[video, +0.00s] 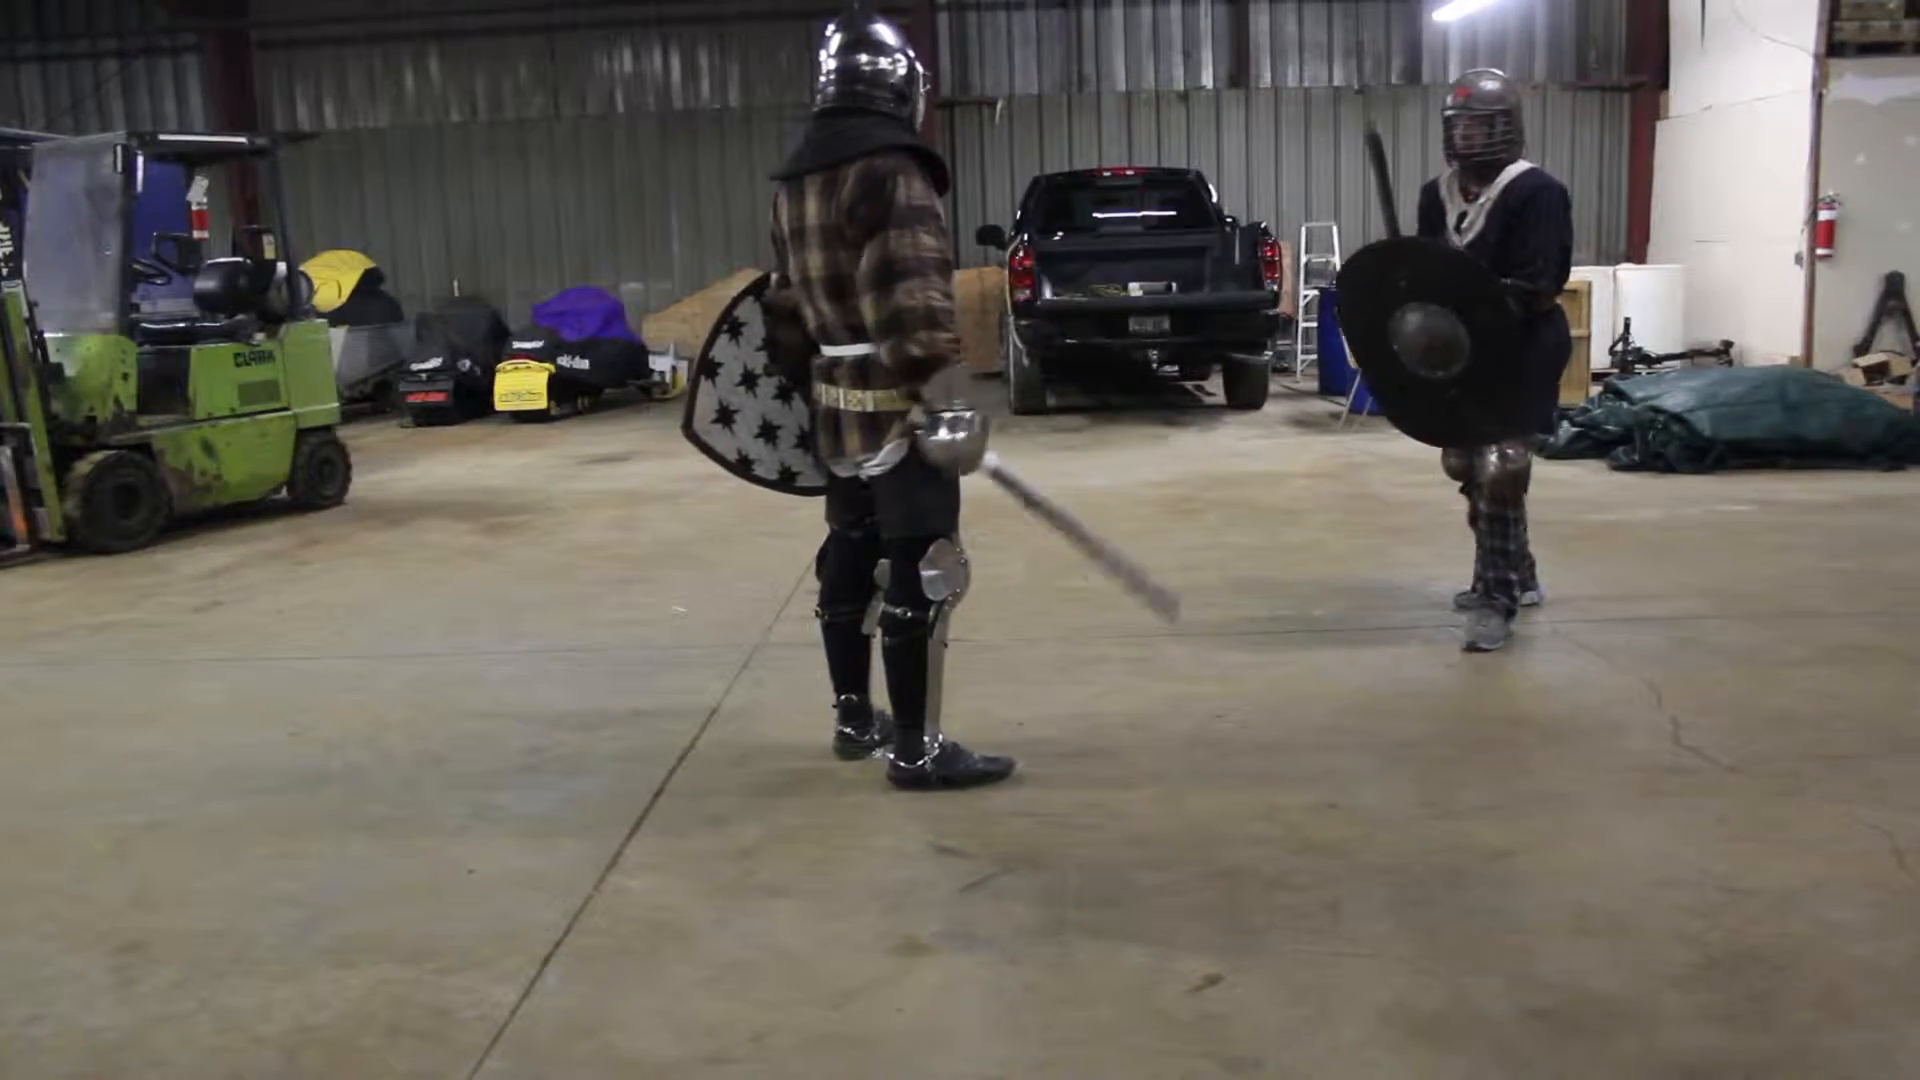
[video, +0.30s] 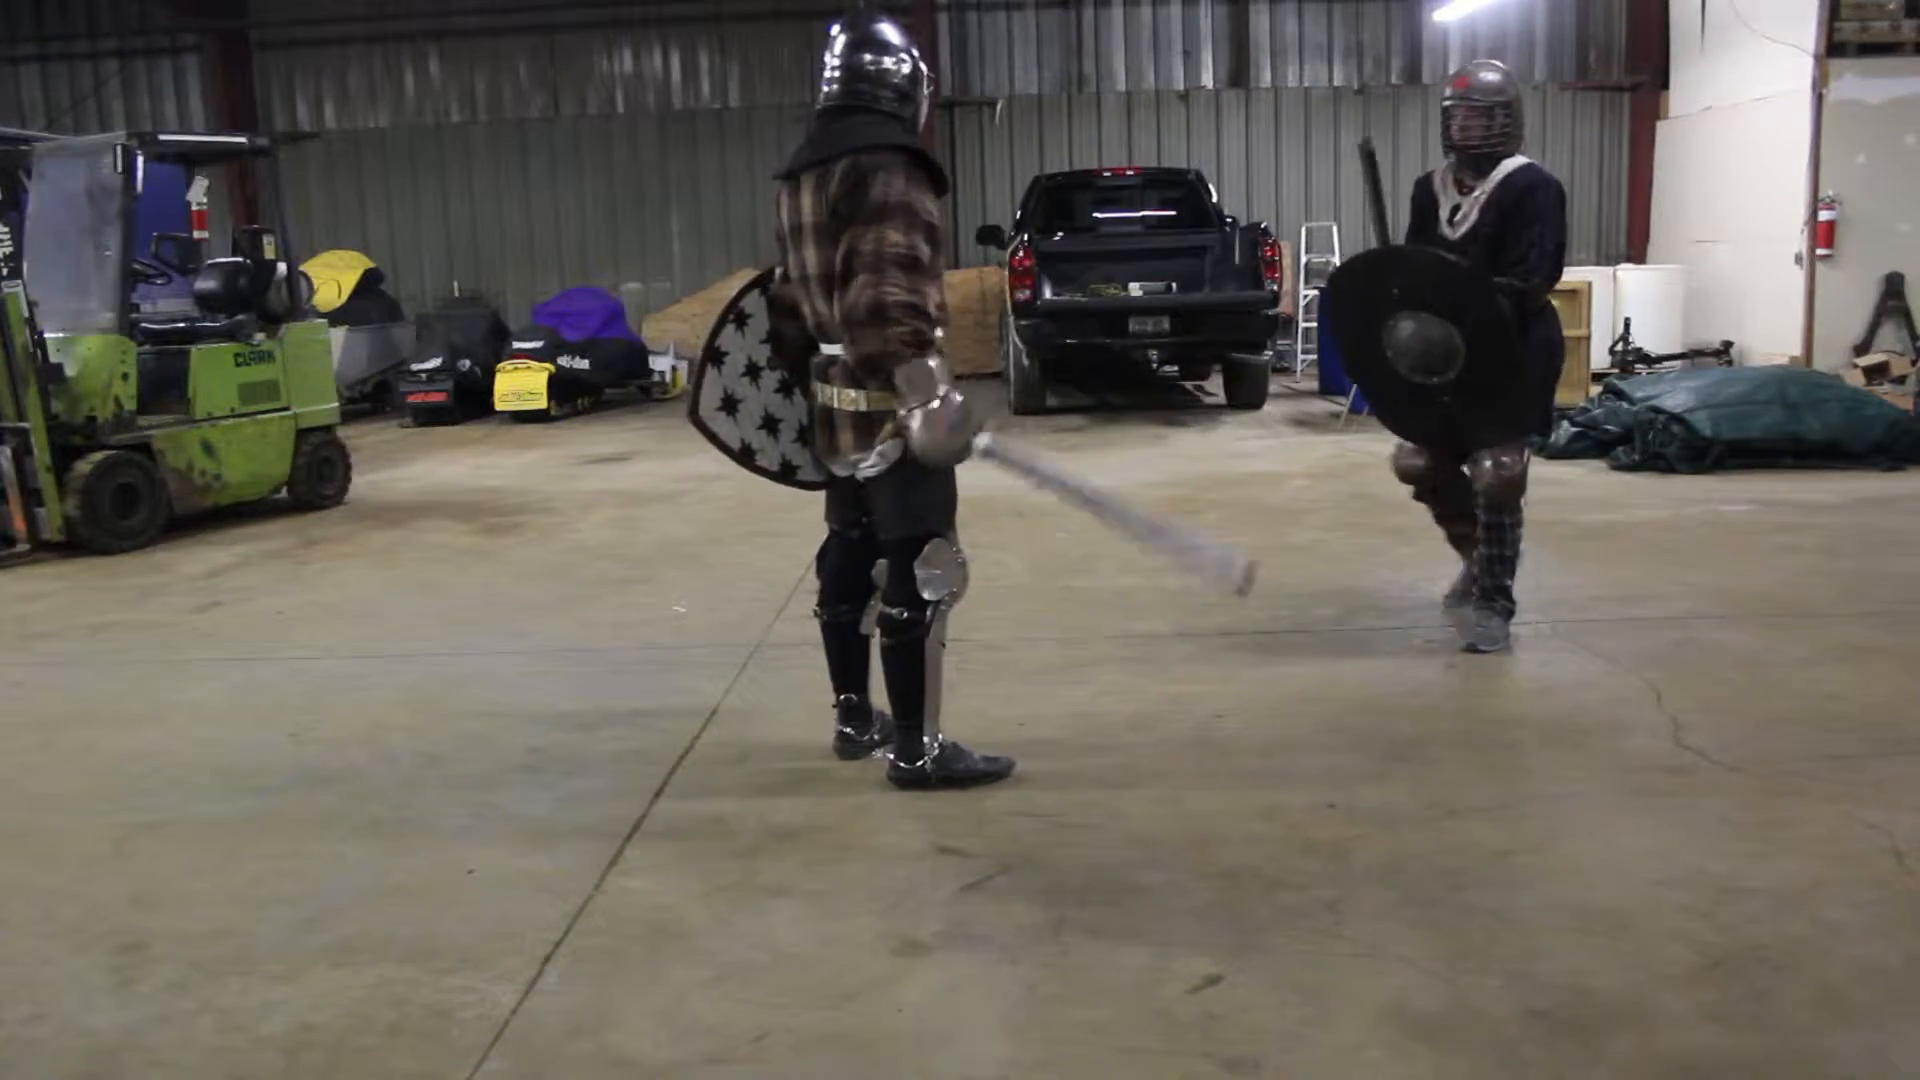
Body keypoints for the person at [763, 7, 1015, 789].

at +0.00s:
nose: (924, 107)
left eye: (920, 92)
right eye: (919, 93)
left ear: (833, 86)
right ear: (901, 90)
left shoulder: (795, 175)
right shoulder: (896, 170)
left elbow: (784, 303)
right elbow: (918, 301)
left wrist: (819, 381)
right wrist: (945, 402)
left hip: (837, 410)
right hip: (898, 413)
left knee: (851, 550)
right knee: (920, 566)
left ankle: (854, 717)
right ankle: (918, 743)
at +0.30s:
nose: (927, 108)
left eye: (924, 93)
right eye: (923, 94)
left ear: (838, 83)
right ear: (905, 90)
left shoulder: (801, 166)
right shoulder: (891, 163)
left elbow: (786, 294)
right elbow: (888, 288)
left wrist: (814, 373)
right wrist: (925, 393)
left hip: (835, 404)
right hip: (894, 403)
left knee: (851, 549)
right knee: (920, 566)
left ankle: (854, 716)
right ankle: (918, 743)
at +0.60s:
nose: (922, 105)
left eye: (920, 90)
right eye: (917, 89)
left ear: (835, 79)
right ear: (895, 86)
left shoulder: (803, 165)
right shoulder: (878, 165)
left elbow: (794, 297)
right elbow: (887, 291)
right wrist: (979, 315)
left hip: (834, 396)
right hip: (895, 397)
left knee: (849, 549)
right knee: (917, 564)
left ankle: (855, 716)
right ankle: (919, 744)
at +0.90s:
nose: (913, 99)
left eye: (909, 85)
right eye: (907, 85)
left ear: (825, 82)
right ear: (888, 86)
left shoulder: (789, 178)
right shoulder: (872, 167)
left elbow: (759, 302)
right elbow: (923, 261)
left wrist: (817, 358)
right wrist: (1008, 211)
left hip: (837, 409)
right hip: (900, 407)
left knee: (850, 552)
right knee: (917, 567)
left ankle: (855, 715)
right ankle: (918, 745)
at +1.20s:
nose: (905, 94)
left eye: (902, 81)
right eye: (900, 80)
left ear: (818, 78)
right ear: (883, 79)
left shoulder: (785, 175)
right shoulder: (875, 160)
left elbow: (771, 283)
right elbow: (941, 229)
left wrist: (817, 345)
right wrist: (1010, 141)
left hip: (839, 405)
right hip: (908, 406)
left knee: (851, 554)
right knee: (920, 569)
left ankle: (855, 717)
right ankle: (918, 745)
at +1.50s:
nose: (902, 91)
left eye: (897, 78)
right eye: (897, 78)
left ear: (814, 82)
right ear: (885, 84)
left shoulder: (787, 176)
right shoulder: (880, 165)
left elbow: (764, 257)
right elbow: (960, 193)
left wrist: (825, 301)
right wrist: (1016, 87)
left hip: (842, 398)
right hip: (911, 399)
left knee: (852, 551)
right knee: (924, 565)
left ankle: (855, 716)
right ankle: (919, 745)